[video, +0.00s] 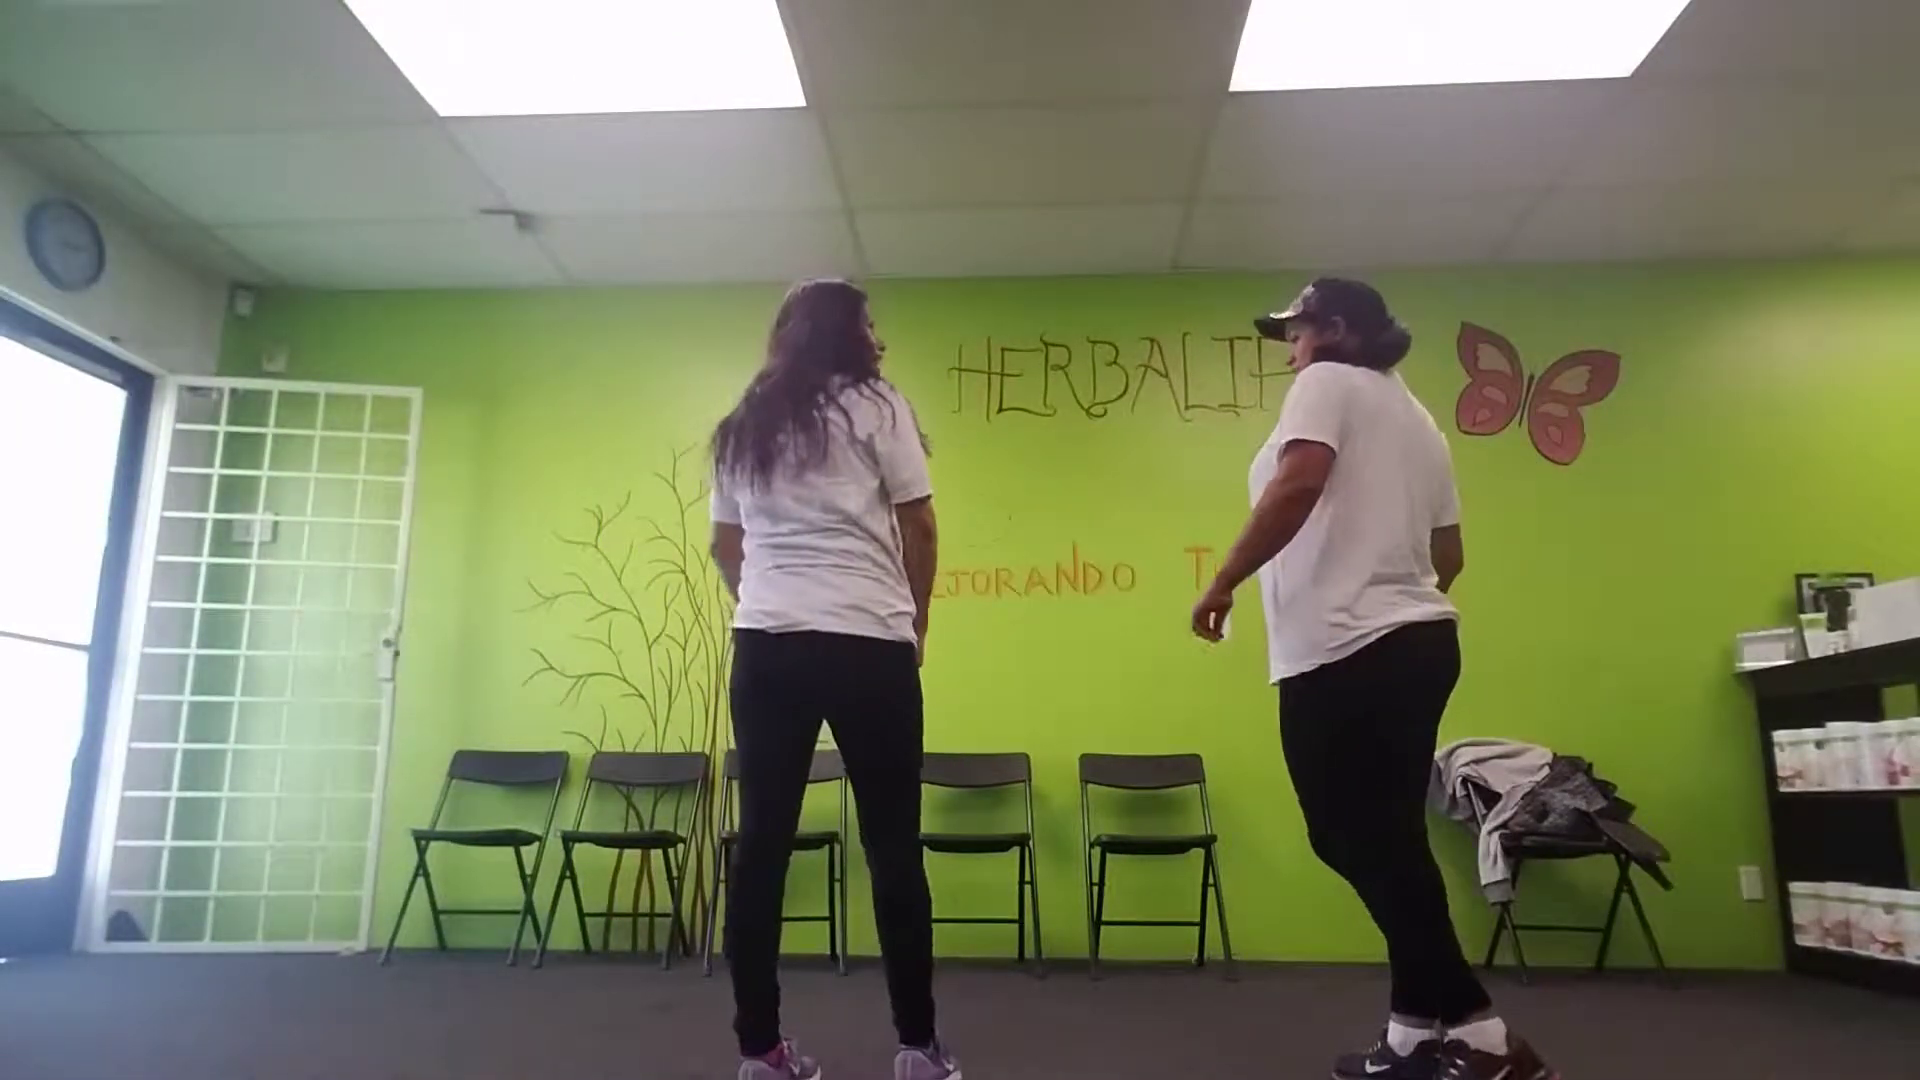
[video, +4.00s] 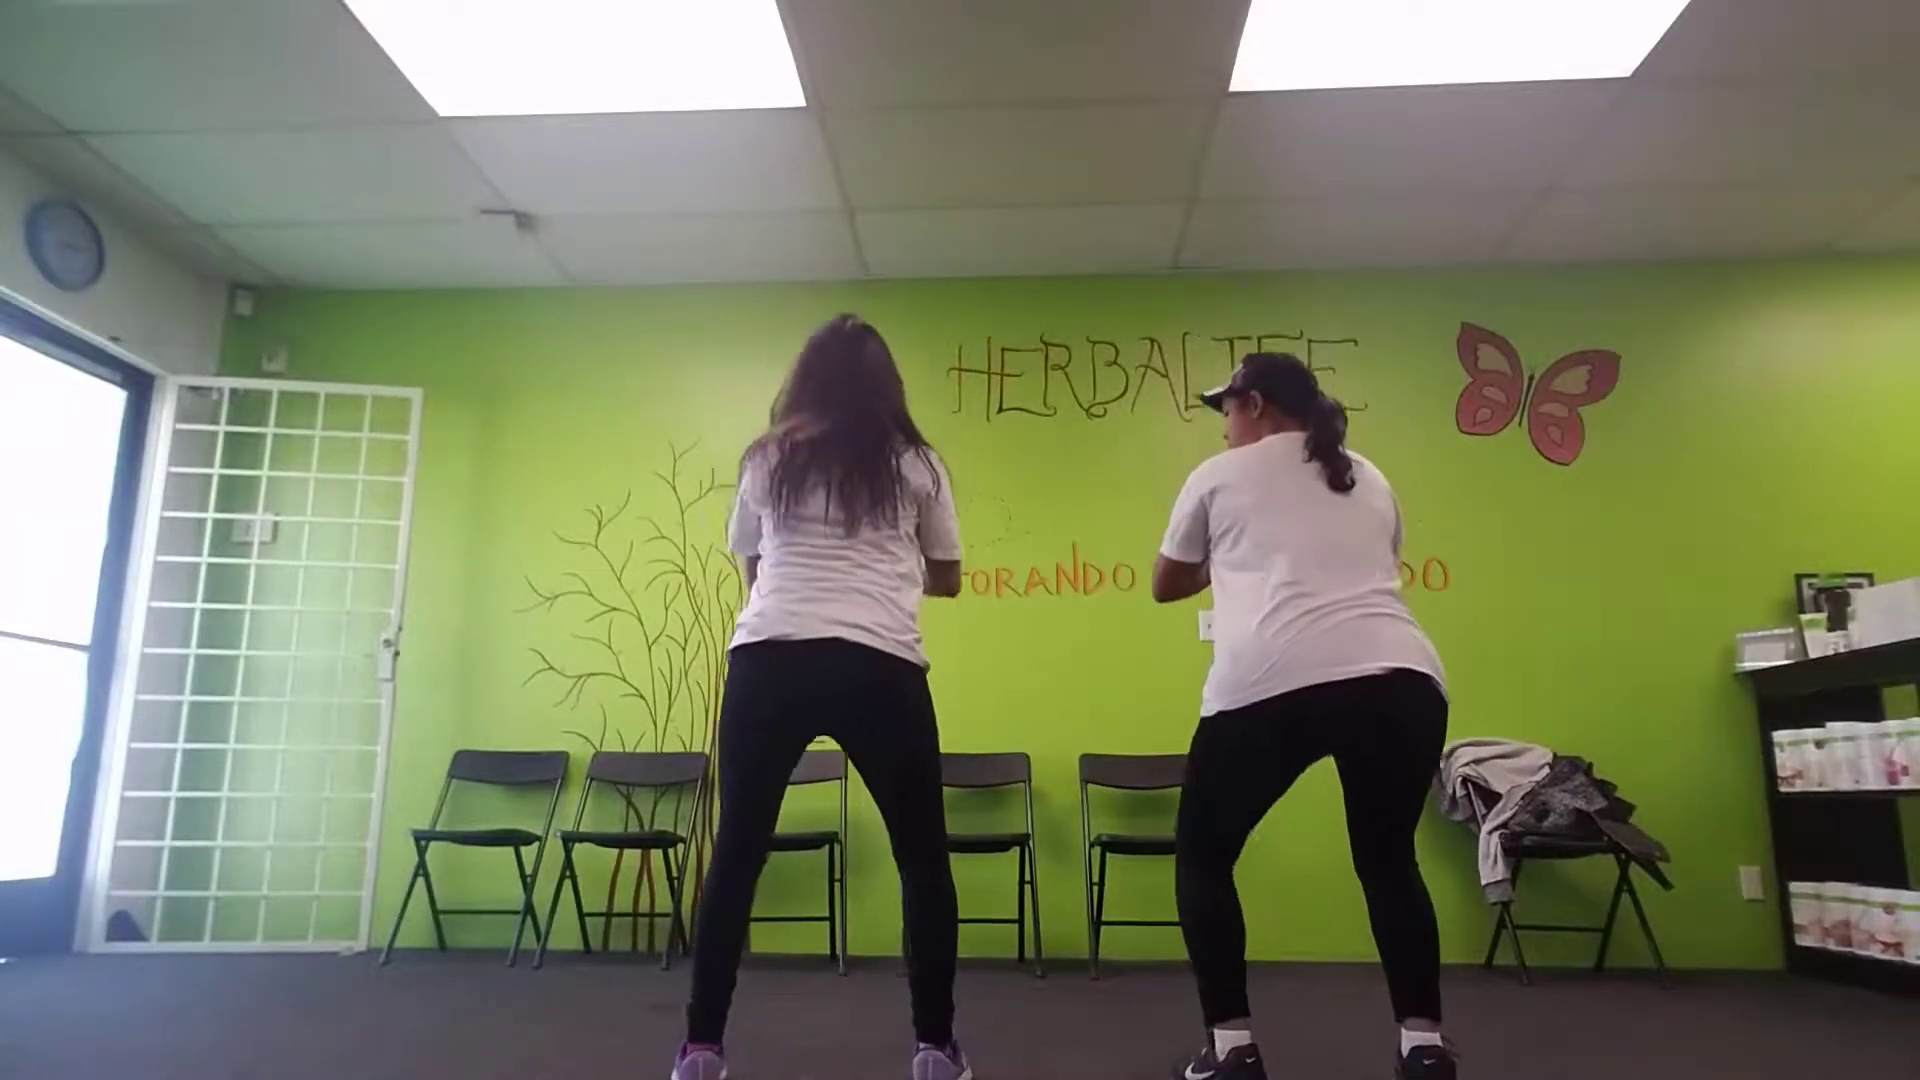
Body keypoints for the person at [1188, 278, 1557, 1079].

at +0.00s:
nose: (1289, 347)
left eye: (1296, 332)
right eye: (1290, 333)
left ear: (1335, 331)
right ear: (1364, 337)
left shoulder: (1325, 381)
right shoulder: (1419, 419)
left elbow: (1300, 482)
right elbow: (1446, 557)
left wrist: (1224, 581)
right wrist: (1376, 605)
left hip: (1344, 645)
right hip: (1418, 640)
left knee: (1348, 835)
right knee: (1393, 836)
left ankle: (1473, 1027)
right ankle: (1414, 1033)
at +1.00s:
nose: (1197, 326)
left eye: (1204, 313)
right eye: (1199, 313)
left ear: (1226, 316)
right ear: (1282, 315)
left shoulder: (1177, 394)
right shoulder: (1341, 391)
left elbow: (1146, 504)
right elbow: (1350, 503)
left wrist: (1230, 467)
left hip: (1220, 647)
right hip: (1341, 637)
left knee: (1230, 844)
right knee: (1361, 828)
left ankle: (1234, 1050)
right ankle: (1412, 1033)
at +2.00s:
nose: (1224, 458)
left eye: (1229, 443)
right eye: (1225, 443)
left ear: (1259, 440)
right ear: (1305, 443)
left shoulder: (1219, 514)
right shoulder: (1373, 510)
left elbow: (1187, 618)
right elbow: (1375, 595)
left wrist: (1266, 583)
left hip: (1274, 716)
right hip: (1409, 709)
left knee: (1200, 863)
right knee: (1399, 862)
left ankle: (1231, 1049)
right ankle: (1424, 1043)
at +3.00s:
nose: (1218, 429)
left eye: (1222, 415)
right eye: (1219, 415)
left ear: (1246, 416)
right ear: (1298, 416)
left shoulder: (1206, 484)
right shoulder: (1361, 484)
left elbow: (1169, 591)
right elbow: (1378, 584)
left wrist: (1249, 559)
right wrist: (1300, 565)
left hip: (1256, 690)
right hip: (1383, 682)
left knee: (1192, 859)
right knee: (1390, 855)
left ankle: (1232, 1045)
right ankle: (1421, 1036)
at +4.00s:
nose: (1223, 425)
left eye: (1228, 410)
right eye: (1224, 411)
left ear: (1255, 407)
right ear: (1306, 409)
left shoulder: (1217, 476)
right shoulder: (1370, 476)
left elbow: (1170, 583)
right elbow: (1388, 569)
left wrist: (1245, 550)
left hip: (1269, 687)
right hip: (1398, 682)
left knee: (1203, 856)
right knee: (1390, 856)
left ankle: (1232, 1049)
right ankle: (1424, 1043)